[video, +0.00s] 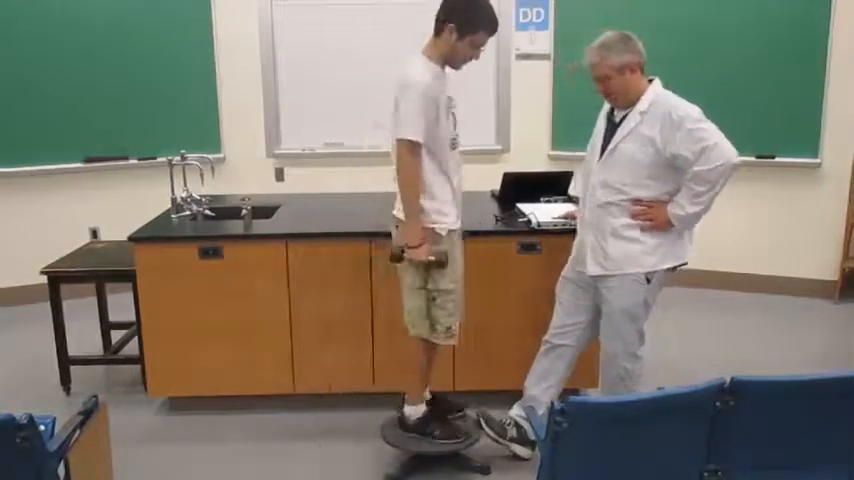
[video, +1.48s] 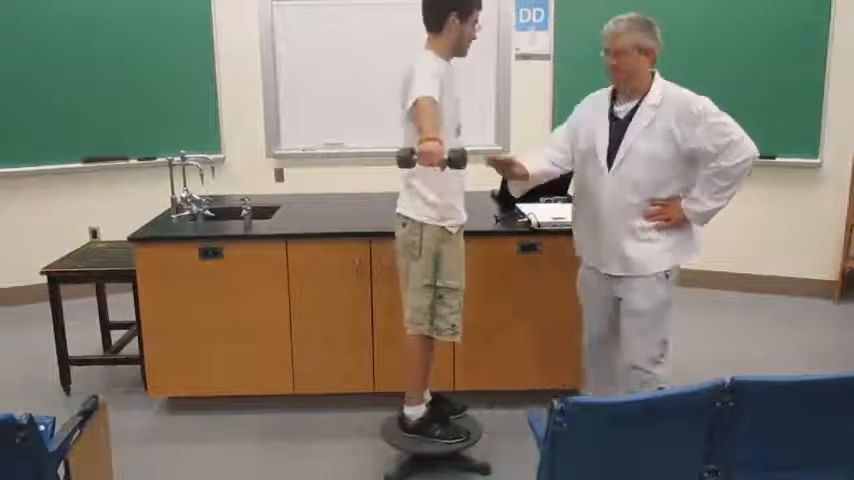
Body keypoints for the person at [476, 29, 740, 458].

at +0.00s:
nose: (600, 89)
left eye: (604, 80)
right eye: (596, 81)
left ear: (632, 70)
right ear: (617, 74)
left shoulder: (671, 112)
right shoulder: (610, 112)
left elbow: (720, 158)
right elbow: (599, 169)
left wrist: (676, 212)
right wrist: (587, 205)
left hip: (634, 257)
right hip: (591, 249)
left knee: (621, 356)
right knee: (562, 338)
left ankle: (614, 441)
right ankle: (529, 424)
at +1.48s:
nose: (610, 62)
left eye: (619, 54)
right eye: (607, 53)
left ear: (649, 56)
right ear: (603, 55)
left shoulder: (684, 109)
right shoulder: (591, 108)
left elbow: (738, 154)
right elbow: (558, 153)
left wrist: (691, 207)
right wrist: (524, 171)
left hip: (648, 261)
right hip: (594, 258)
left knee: (642, 364)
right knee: (598, 358)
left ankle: (642, 447)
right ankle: (599, 439)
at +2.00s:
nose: (585, 67)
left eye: (594, 58)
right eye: (582, 58)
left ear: (629, 58)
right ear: (580, 59)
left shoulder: (677, 118)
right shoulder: (564, 119)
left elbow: (737, 164)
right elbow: (514, 156)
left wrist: (685, 225)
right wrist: (459, 158)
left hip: (640, 293)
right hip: (570, 290)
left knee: (644, 410)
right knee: (563, 407)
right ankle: (560, 474)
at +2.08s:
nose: (584, 67)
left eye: (593, 57)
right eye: (581, 57)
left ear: (629, 58)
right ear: (580, 59)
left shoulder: (677, 118)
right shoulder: (564, 119)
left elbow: (737, 164)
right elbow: (515, 156)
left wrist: (685, 225)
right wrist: (459, 158)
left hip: (640, 293)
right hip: (570, 290)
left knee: (645, 410)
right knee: (563, 407)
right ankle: (560, 474)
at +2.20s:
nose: (539, 72)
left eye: (549, 62)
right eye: (538, 62)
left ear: (585, 65)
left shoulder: (633, 124)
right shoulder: (528, 127)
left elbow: (695, 177)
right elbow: (492, 170)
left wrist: (646, 241)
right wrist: (437, 161)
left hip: (605, 301)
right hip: (537, 298)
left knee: (618, 412)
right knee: (534, 407)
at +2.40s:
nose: (492, 73)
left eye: (500, 61)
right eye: (491, 62)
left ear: (538, 60)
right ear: (528, 62)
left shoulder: (584, 119)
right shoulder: (497, 121)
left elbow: (640, 178)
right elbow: (469, 179)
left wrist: (591, 245)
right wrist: (415, 164)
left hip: (554, 306)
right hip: (502, 302)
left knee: (538, 425)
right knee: (514, 420)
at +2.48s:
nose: (492, 73)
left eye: (500, 61)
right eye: (491, 62)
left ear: (538, 60)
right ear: (528, 62)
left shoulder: (584, 119)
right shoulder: (497, 121)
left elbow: (640, 178)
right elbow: (469, 179)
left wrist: (591, 245)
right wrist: (415, 164)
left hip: (550, 305)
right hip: (501, 300)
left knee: (535, 423)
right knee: (512, 417)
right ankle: (525, 476)